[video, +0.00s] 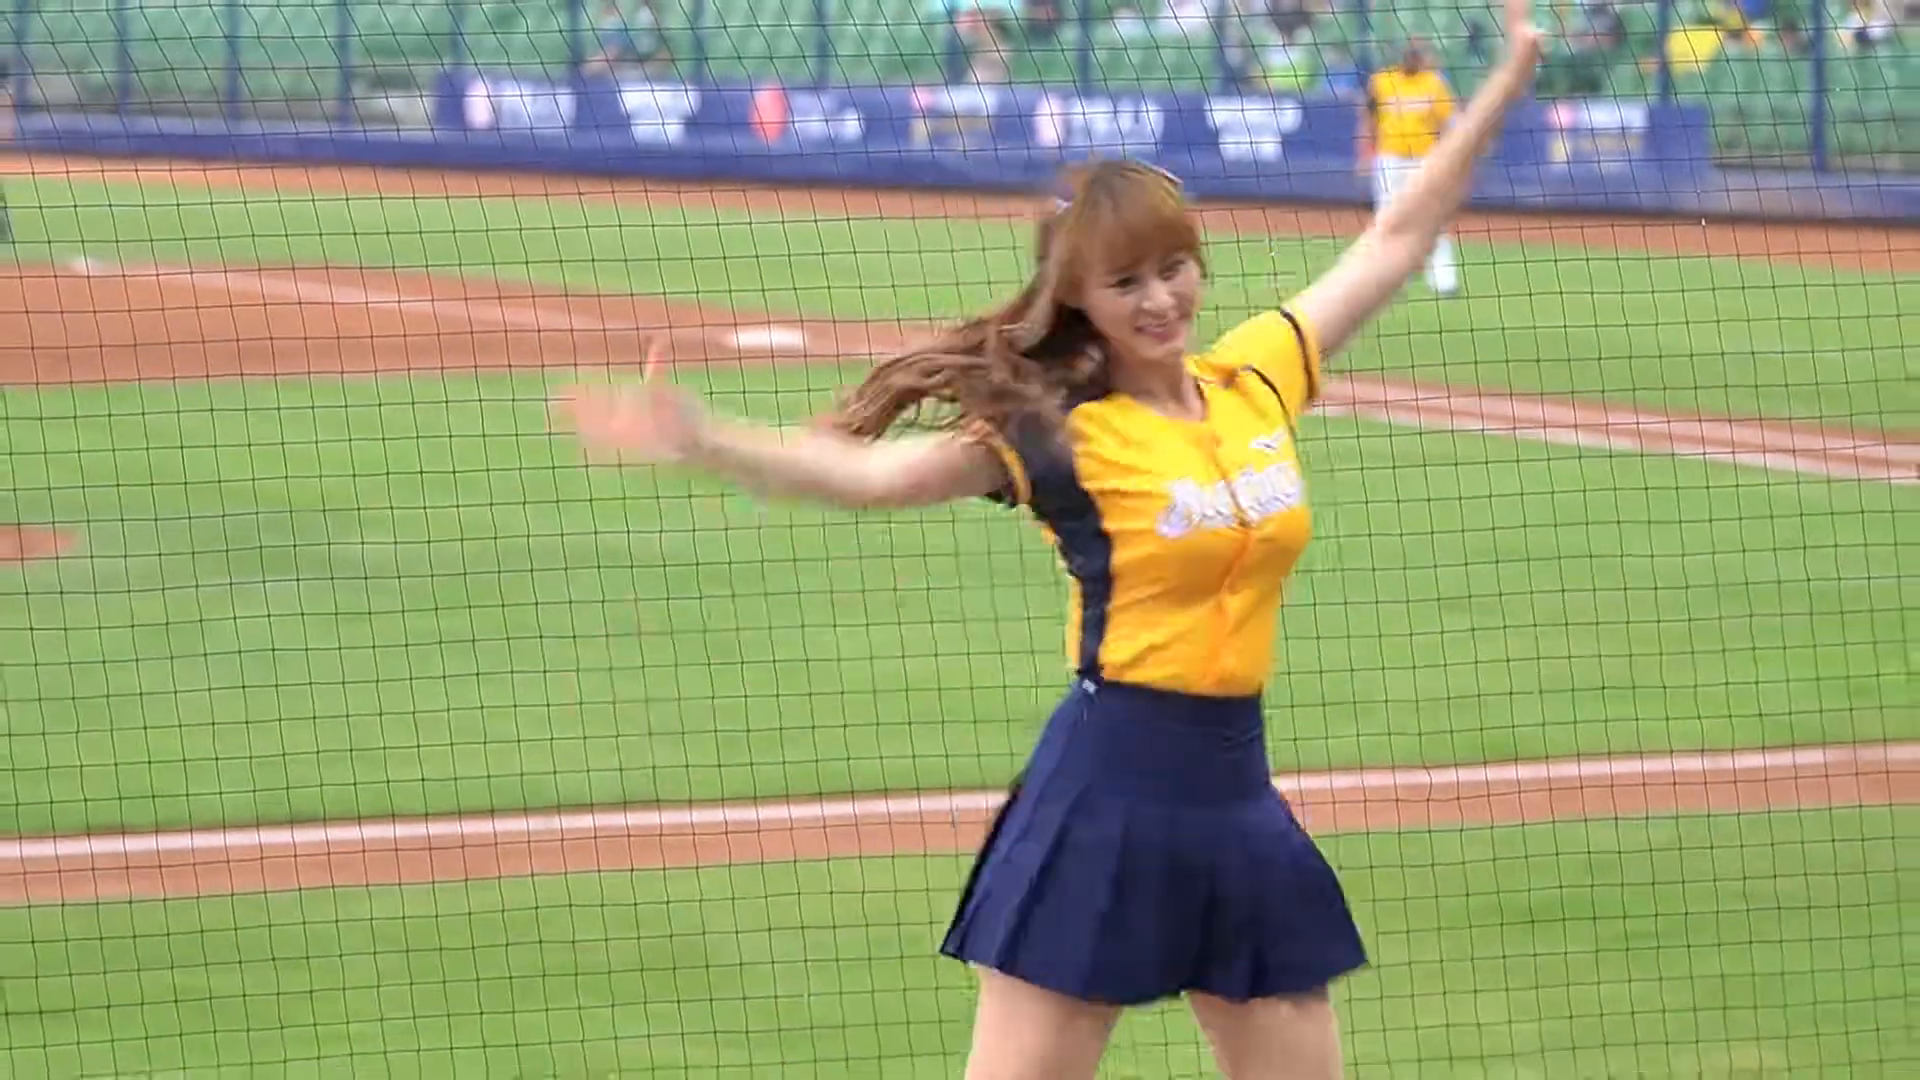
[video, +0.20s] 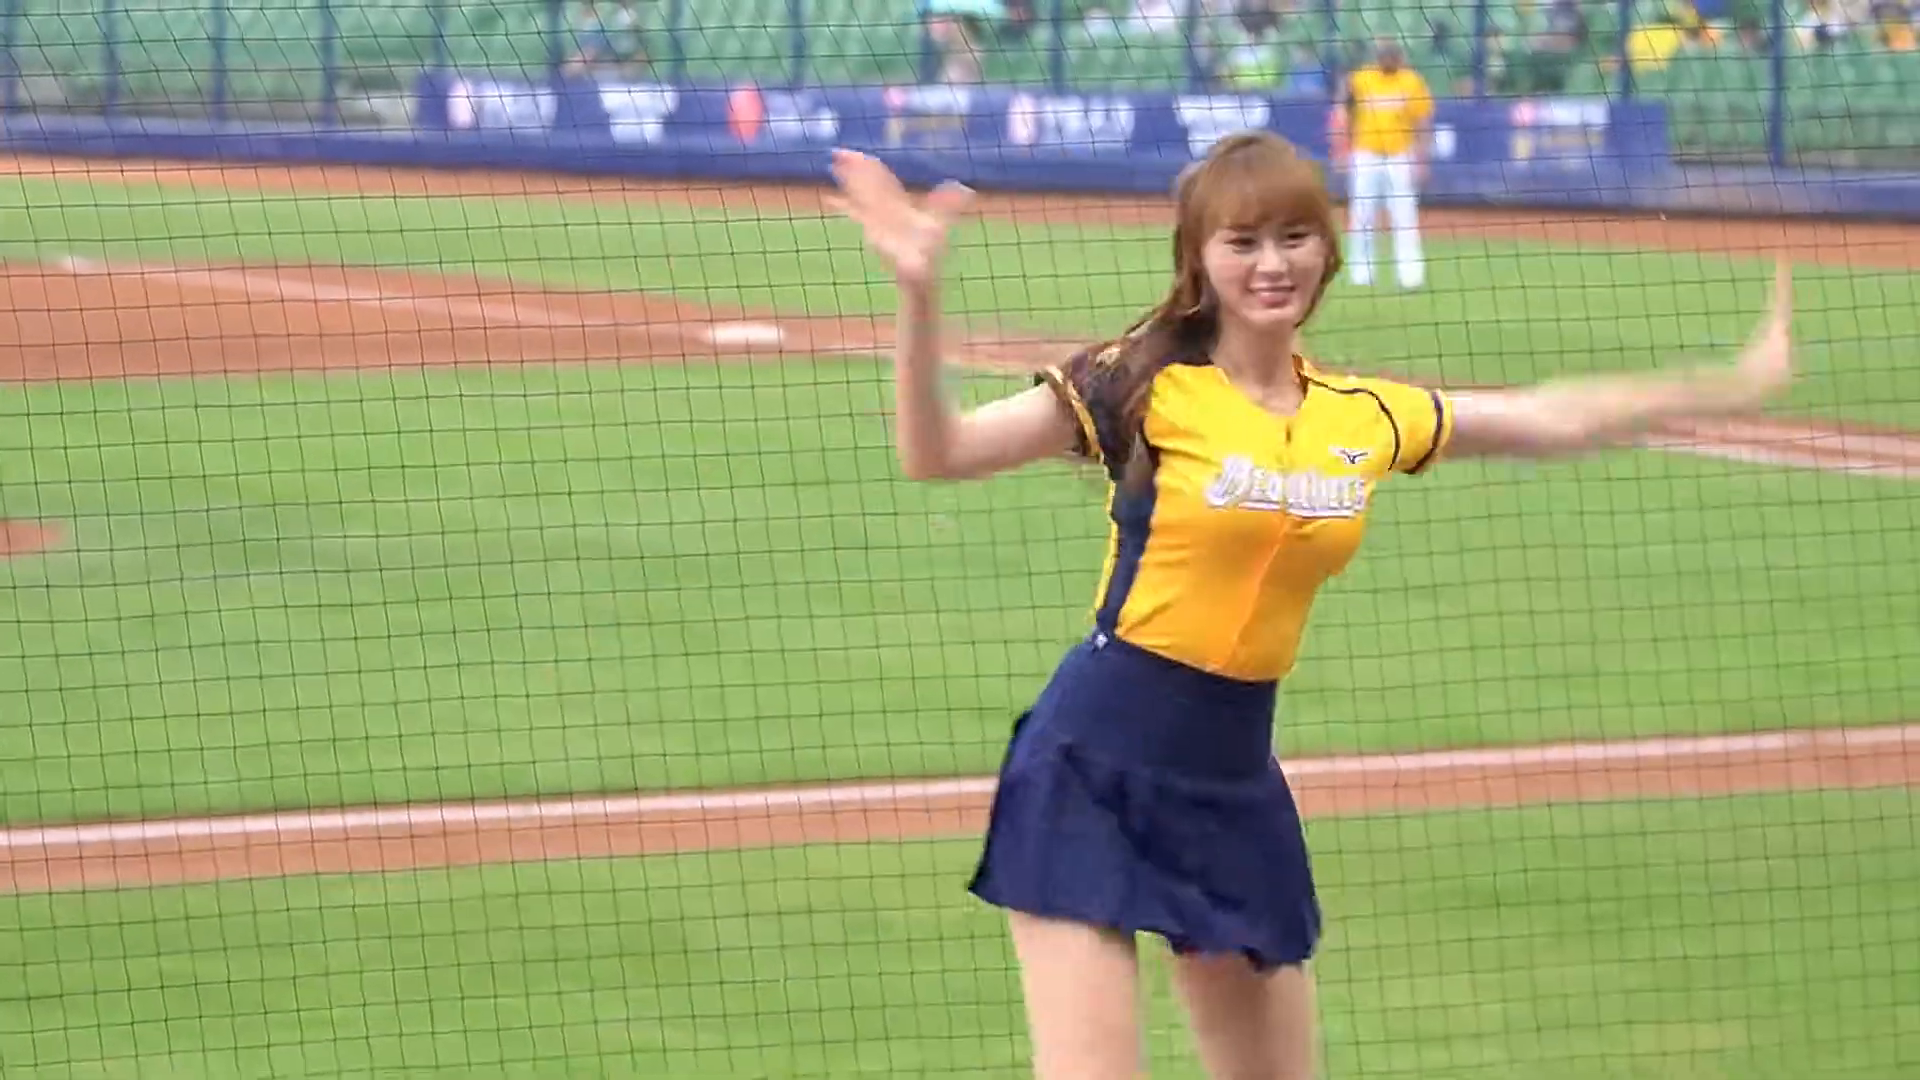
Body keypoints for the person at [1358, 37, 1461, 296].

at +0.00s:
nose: (1413, 61)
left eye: (1418, 56)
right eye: (1409, 55)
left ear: (1425, 59)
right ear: (1402, 57)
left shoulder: (1433, 83)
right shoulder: (1380, 82)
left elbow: (1451, 118)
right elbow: (1367, 118)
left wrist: (1458, 149)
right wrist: (1366, 154)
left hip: (1428, 157)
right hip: (1390, 158)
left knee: (1435, 216)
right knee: (1389, 217)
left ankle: (1443, 275)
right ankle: (1388, 271)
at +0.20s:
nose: (1388, 61)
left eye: (1392, 55)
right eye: (1383, 56)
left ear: (1400, 56)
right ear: (1376, 57)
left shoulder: (1411, 81)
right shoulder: (1358, 80)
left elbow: (1423, 123)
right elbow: (1341, 117)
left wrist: (1421, 160)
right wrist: (1341, 151)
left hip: (1400, 155)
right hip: (1365, 154)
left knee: (1404, 214)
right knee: (1362, 214)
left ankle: (1410, 270)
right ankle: (1361, 269)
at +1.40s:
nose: (1396, 41)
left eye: (1401, 36)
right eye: (1393, 36)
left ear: (1408, 38)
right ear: (1386, 37)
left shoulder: (1419, 64)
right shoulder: (1373, 61)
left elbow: (1428, 106)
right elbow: (1359, 93)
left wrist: (1431, 140)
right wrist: (1362, 128)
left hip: (1410, 137)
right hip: (1378, 136)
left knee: (1402, 195)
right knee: (1368, 192)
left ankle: (1398, 248)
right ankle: (1357, 244)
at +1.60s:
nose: (1425, 35)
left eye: (1429, 30)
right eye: (1421, 30)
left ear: (1435, 32)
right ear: (1414, 30)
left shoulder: (1446, 57)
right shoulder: (1398, 53)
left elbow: (1456, 97)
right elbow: (1387, 87)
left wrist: (1457, 132)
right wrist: (1386, 121)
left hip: (1435, 129)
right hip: (1401, 127)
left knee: (1430, 186)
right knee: (1391, 185)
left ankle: (1427, 240)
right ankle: (1384, 236)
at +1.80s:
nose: (1460, 26)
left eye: (1465, 21)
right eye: (1456, 21)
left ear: (1472, 22)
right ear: (1449, 20)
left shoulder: (1483, 50)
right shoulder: (1431, 45)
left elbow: (1494, 91)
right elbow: (1420, 78)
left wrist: (1493, 125)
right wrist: (1419, 110)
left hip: (1470, 121)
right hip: (1436, 119)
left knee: (1465, 179)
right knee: (1427, 177)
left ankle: (1465, 233)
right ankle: (1422, 230)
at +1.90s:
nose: (1472, 22)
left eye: (1476, 17)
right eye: (1468, 17)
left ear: (1482, 19)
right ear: (1459, 18)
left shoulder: (1494, 45)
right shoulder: (1444, 42)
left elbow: (1506, 85)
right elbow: (1435, 76)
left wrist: (1507, 119)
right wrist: (1434, 108)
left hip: (1485, 117)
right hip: (1451, 116)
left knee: (1483, 175)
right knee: (1445, 175)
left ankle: (1484, 230)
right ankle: (1443, 228)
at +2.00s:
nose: (1485, 18)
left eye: (1489, 13)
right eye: (1481, 13)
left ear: (1495, 14)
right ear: (1473, 14)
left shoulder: (1508, 41)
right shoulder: (1458, 39)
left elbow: (1518, 84)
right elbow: (1447, 74)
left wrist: (1518, 118)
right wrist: (1448, 106)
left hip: (1498, 113)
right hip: (1464, 112)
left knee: (1500, 170)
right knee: (1463, 171)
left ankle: (1504, 225)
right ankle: (1463, 224)